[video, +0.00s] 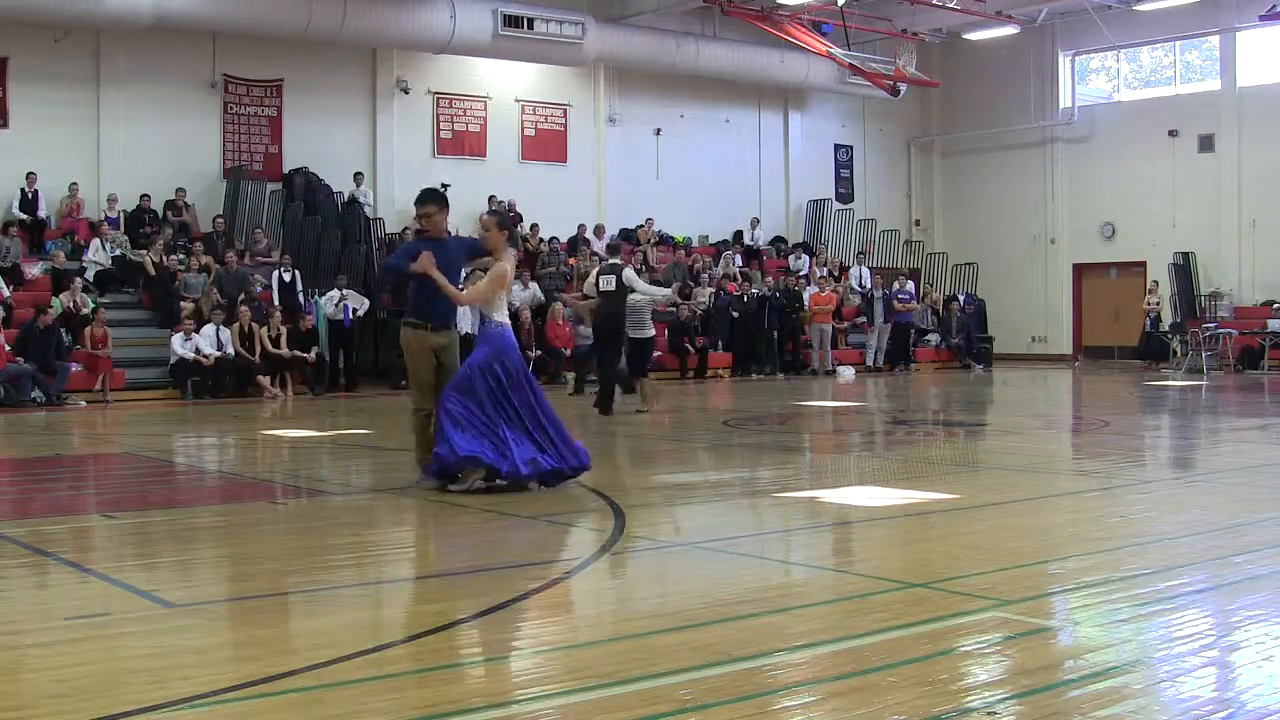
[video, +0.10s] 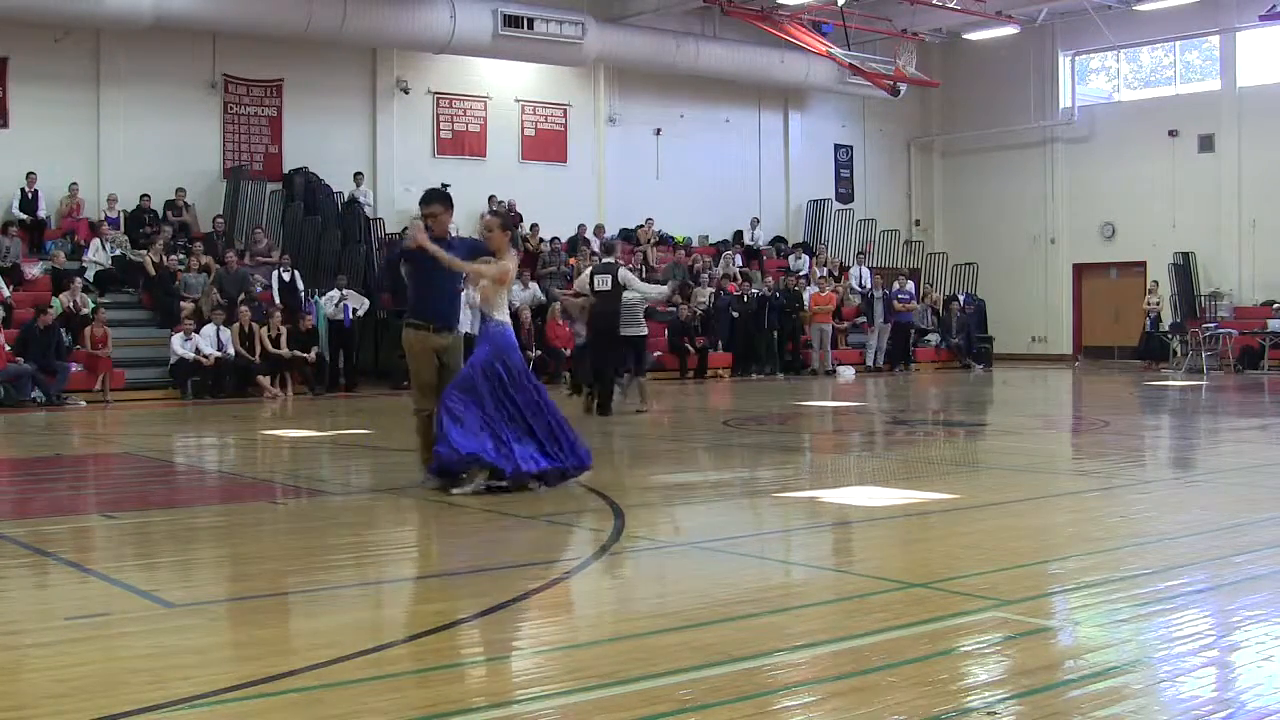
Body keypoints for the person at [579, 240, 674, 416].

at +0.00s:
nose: (626, 255)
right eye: (624, 252)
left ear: (606, 252)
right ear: (621, 253)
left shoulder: (598, 270)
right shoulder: (625, 271)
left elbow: (587, 290)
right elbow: (643, 288)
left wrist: (605, 294)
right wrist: (668, 292)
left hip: (600, 320)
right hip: (616, 320)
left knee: (603, 360)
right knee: (611, 361)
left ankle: (603, 397)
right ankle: (605, 404)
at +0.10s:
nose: (622, 255)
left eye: (621, 251)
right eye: (621, 252)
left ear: (602, 252)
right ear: (617, 253)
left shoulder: (592, 270)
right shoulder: (620, 271)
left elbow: (578, 285)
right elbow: (641, 288)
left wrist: (595, 293)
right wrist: (666, 290)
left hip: (594, 322)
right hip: (611, 323)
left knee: (596, 359)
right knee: (609, 363)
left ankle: (590, 391)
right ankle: (604, 406)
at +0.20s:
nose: (613, 254)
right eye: (612, 251)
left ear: (593, 253)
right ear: (609, 253)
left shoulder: (586, 270)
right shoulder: (615, 271)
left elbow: (568, 285)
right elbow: (636, 287)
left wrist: (586, 293)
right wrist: (659, 289)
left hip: (589, 321)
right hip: (607, 322)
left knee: (582, 357)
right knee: (606, 364)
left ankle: (578, 397)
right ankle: (603, 405)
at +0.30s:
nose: (580, 254)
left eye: (582, 252)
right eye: (581, 251)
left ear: (586, 252)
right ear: (600, 252)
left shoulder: (578, 270)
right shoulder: (609, 271)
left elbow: (560, 285)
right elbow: (630, 289)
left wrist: (578, 294)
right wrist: (652, 290)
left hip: (582, 322)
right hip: (601, 322)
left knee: (572, 359)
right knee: (601, 363)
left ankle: (569, 398)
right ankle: (603, 405)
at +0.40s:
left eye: (577, 256)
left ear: (578, 255)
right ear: (595, 255)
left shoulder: (571, 271)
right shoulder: (602, 273)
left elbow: (549, 284)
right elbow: (622, 291)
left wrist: (568, 294)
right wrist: (644, 291)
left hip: (573, 330)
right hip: (594, 329)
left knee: (566, 367)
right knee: (601, 368)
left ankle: (559, 403)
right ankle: (601, 406)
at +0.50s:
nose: (568, 253)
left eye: (568, 250)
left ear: (569, 251)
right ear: (587, 251)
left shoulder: (561, 272)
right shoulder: (593, 272)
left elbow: (536, 284)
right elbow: (613, 291)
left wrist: (555, 294)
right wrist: (635, 292)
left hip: (565, 327)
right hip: (585, 327)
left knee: (561, 367)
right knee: (593, 367)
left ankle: (553, 407)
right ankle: (601, 407)